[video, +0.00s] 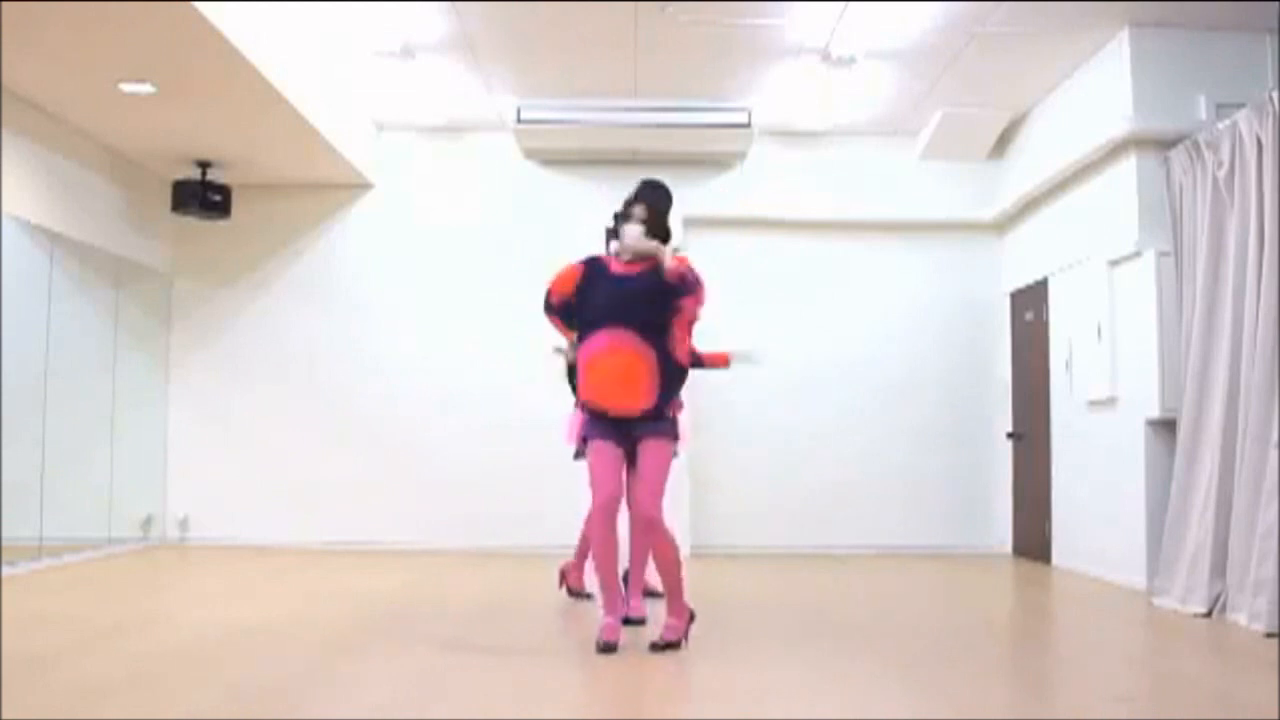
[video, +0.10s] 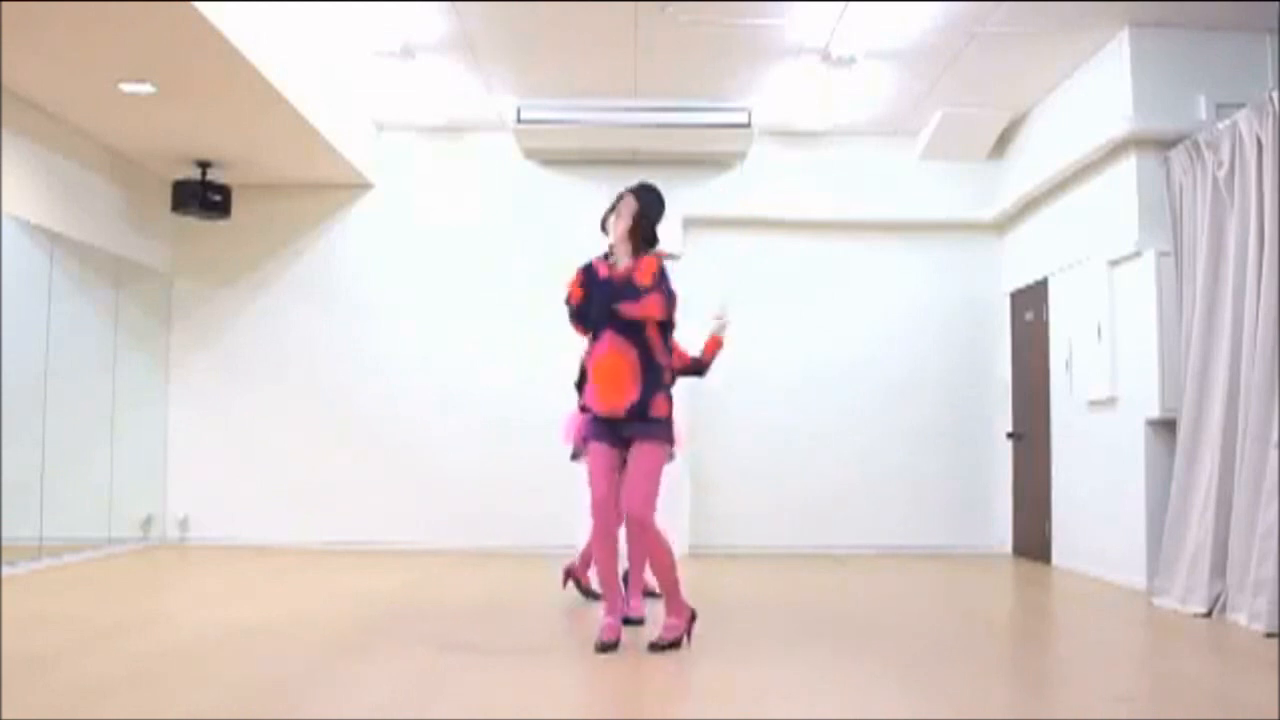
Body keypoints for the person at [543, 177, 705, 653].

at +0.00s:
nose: (637, 229)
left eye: (646, 222)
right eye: (631, 219)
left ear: (662, 229)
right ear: (618, 221)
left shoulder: (675, 278)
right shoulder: (591, 271)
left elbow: (687, 299)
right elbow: (554, 304)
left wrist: (665, 263)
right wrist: (579, 340)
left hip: (657, 406)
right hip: (601, 404)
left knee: (646, 509)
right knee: (605, 501)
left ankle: (677, 608)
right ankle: (612, 610)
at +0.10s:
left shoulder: (659, 292)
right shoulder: (596, 288)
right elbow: (583, 321)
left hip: (649, 412)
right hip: (601, 411)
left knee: (637, 512)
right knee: (603, 514)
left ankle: (677, 609)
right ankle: (612, 609)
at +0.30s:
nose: (573, 257)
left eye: (585, 252)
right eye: (576, 249)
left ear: (601, 265)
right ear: (576, 261)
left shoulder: (610, 303)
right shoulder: (586, 306)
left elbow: (569, 349)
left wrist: (536, 315)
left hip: (651, 425)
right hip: (617, 424)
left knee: (613, 508)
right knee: (609, 515)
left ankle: (637, 614)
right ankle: (614, 617)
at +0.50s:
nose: (545, 280)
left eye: (557, 275)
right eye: (547, 271)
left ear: (576, 284)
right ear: (546, 276)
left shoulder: (590, 323)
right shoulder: (564, 323)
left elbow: (562, 373)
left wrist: (518, 344)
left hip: (647, 431)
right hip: (614, 430)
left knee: (605, 514)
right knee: (606, 519)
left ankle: (643, 613)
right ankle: (614, 614)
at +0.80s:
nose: (534, 263)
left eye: (543, 254)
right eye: (528, 254)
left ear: (559, 256)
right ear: (520, 256)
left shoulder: (579, 296)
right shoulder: (531, 308)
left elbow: (603, 357)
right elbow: (532, 368)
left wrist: (568, 386)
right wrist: (508, 365)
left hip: (608, 430)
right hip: (567, 430)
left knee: (585, 530)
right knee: (520, 503)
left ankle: (647, 615)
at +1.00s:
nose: (502, 249)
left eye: (511, 240)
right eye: (496, 240)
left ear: (526, 243)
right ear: (489, 245)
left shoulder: (549, 288)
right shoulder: (485, 294)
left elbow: (576, 346)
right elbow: (468, 349)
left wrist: (553, 376)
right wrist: (475, 300)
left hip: (535, 426)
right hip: (484, 424)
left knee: (537, 529)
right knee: (442, 518)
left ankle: (610, 604)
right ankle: (413, 607)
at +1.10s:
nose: (480, 241)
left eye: (489, 233)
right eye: (475, 231)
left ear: (505, 240)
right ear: (466, 236)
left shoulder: (526, 291)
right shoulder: (455, 288)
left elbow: (539, 351)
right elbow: (447, 336)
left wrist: (535, 402)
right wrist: (460, 287)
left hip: (510, 415)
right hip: (458, 411)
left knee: (495, 520)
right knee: (429, 514)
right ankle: (410, 606)